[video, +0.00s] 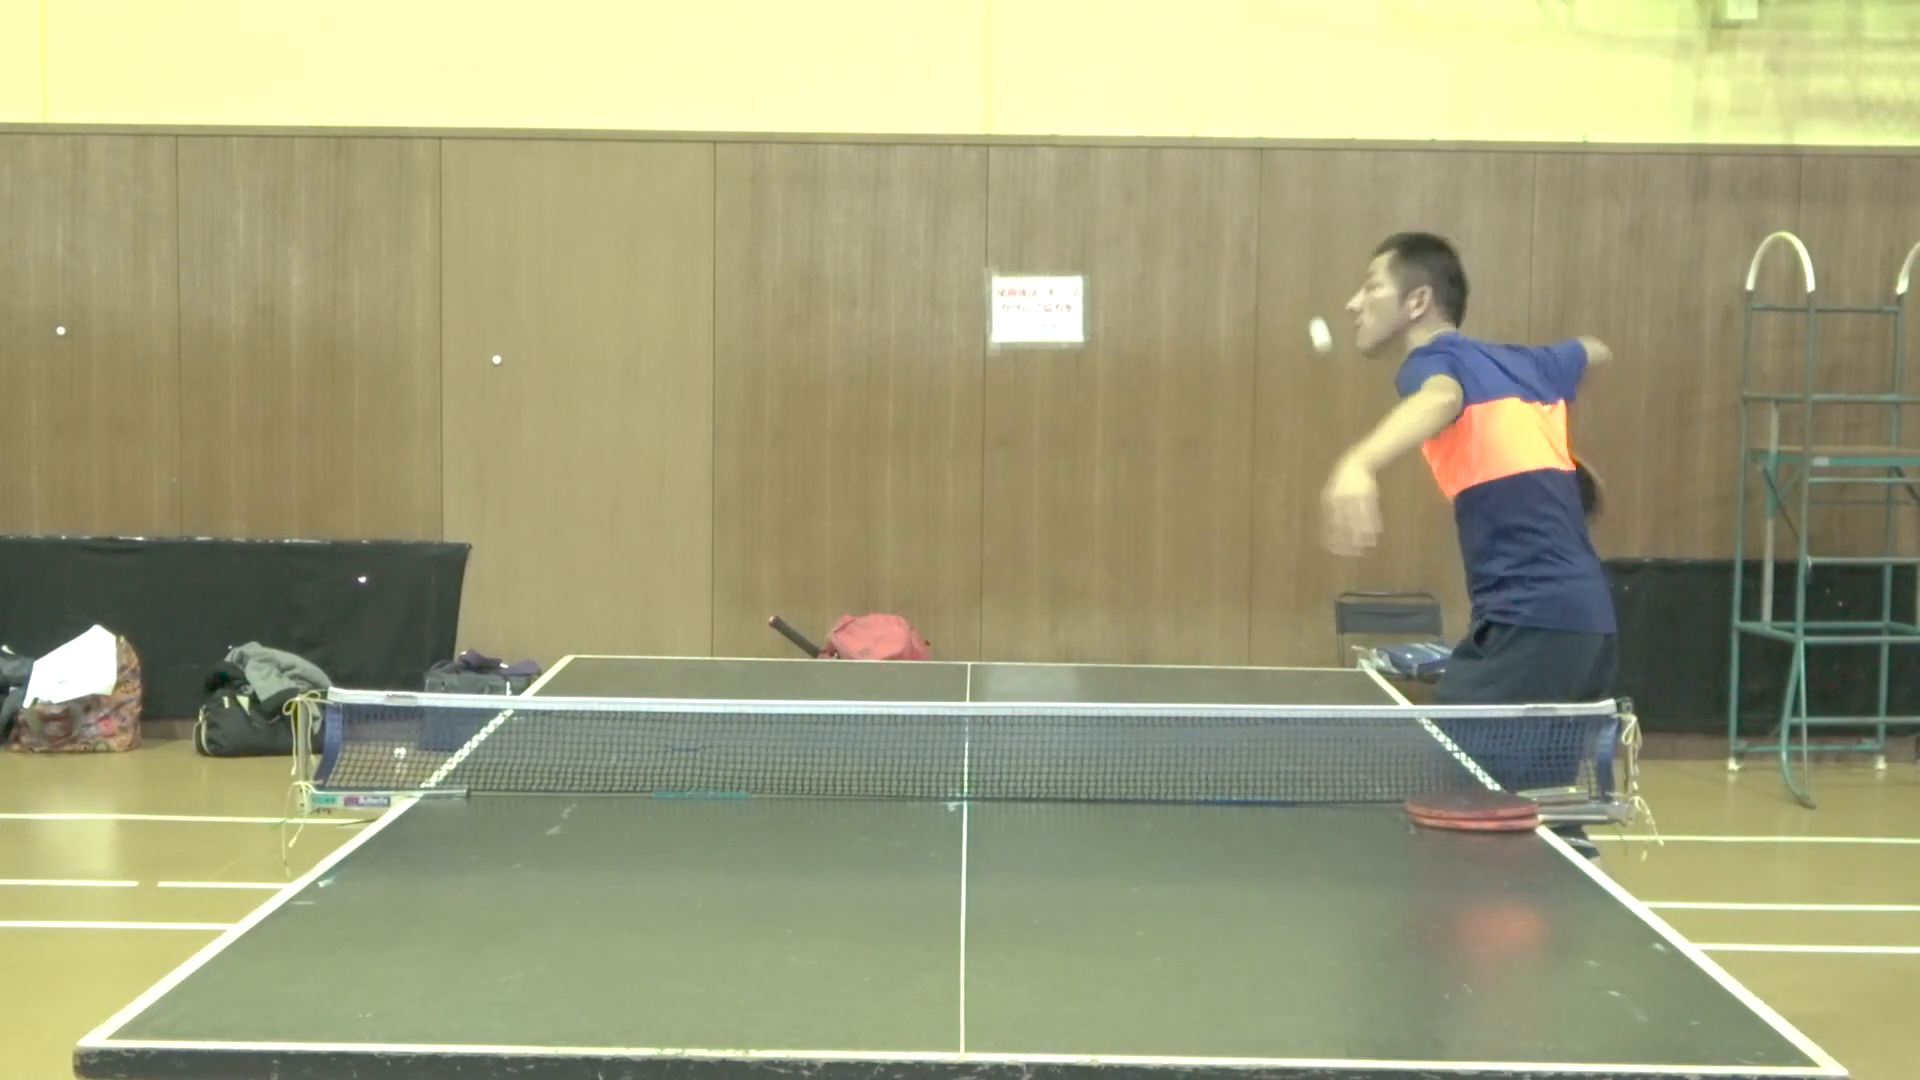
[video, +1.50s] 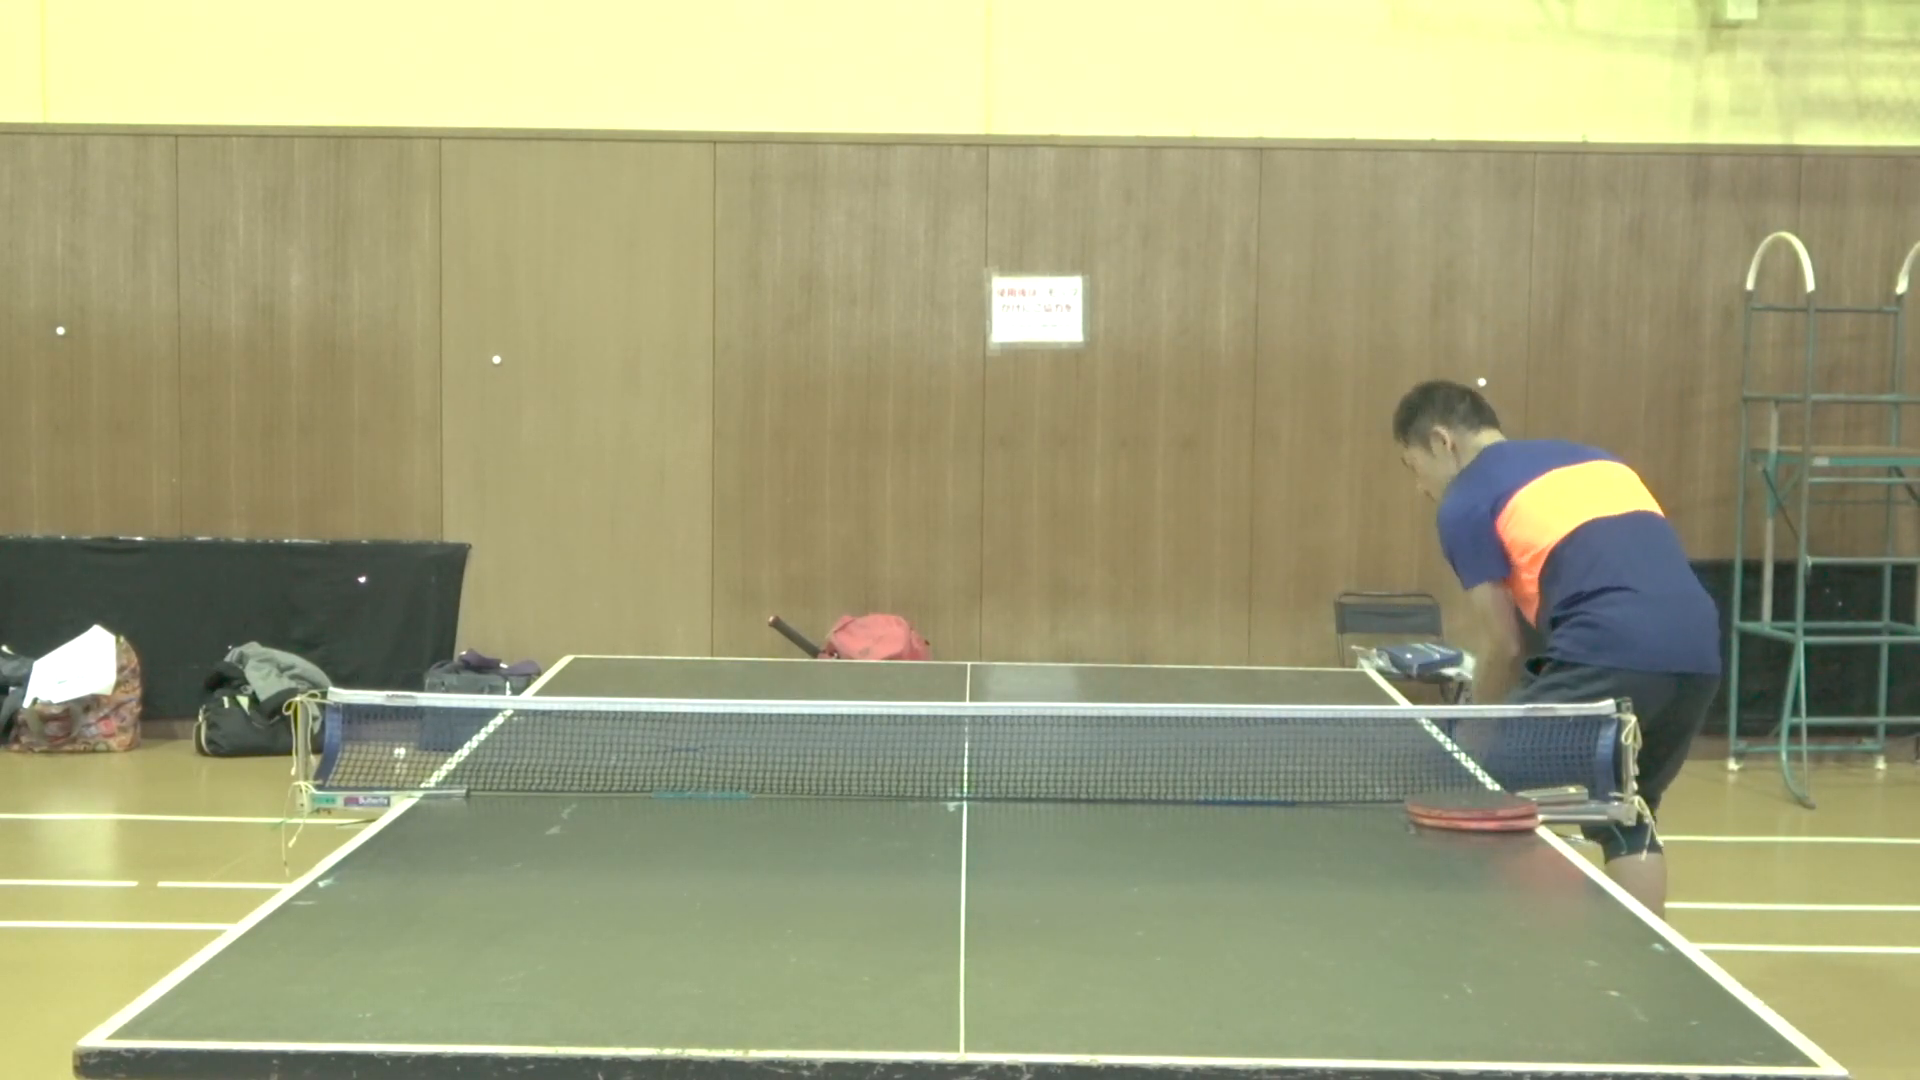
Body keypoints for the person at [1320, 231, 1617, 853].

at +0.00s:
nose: (1353, 303)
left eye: (1371, 286)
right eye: (1360, 286)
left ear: (1419, 300)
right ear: (1428, 300)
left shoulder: (1435, 355)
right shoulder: (1525, 361)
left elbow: (1442, 398)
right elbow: (1595, 349)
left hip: (1531, 626)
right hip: (1589, 628)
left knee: (1430, 795)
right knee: (1537, 809)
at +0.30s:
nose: (1303, 362)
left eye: (1316, 339)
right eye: (1292, 349)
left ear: (1366, 333)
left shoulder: (1412, 396)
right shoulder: (1400, 412)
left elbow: (1503, 467)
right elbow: (1447, 543)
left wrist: (1472, 571)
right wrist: (1372, 624)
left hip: (1530, 625)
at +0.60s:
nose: (1293, 394)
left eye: (1282, 377)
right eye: (1280, 381)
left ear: (1307, 349)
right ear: (1322, 341)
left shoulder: (1395, 385)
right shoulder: (1410, 375)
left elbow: (1494, 459)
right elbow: (1463, 492)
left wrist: (1454, 585)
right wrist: (1387, 552)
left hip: (1512, 620)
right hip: (1543, 621)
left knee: (1435, 788)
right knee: (1517, 806)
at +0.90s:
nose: (1364, 364)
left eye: (1355, 352)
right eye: (1356, 354)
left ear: (1363, 336)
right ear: (1417, 312)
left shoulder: (1394, 378)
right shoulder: (1509, 367)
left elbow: (1444, 476)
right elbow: (1603, 467)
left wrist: (1408, 596)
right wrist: (1525, 511)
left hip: (1500, 611)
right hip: (1583, 614)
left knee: (1392, 769)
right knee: (1568, 797)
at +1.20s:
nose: (1440, 479)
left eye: (1437, 467)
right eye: (1435, 469)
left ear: (1450, 446)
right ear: (1506, 426)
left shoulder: (1461, 479)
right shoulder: (1594, 451)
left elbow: (1498, 619)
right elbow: (1674, 577)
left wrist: (1485, 712)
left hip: (1582, 640)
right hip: (1678, 643)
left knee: (1465, 780)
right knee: (1634, 811)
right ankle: (1646, 980)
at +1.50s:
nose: (1420, 485)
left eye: (1415, 466)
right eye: (1412, 470)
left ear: (1444, 441)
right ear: (1491, 429)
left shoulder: (1466, 498)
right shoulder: (1581, 455)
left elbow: (1504, 646)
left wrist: (1471, 740)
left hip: (1608, 649)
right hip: (1699, 649)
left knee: (1476, 782)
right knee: (1628, 807)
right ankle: (1642, 977)